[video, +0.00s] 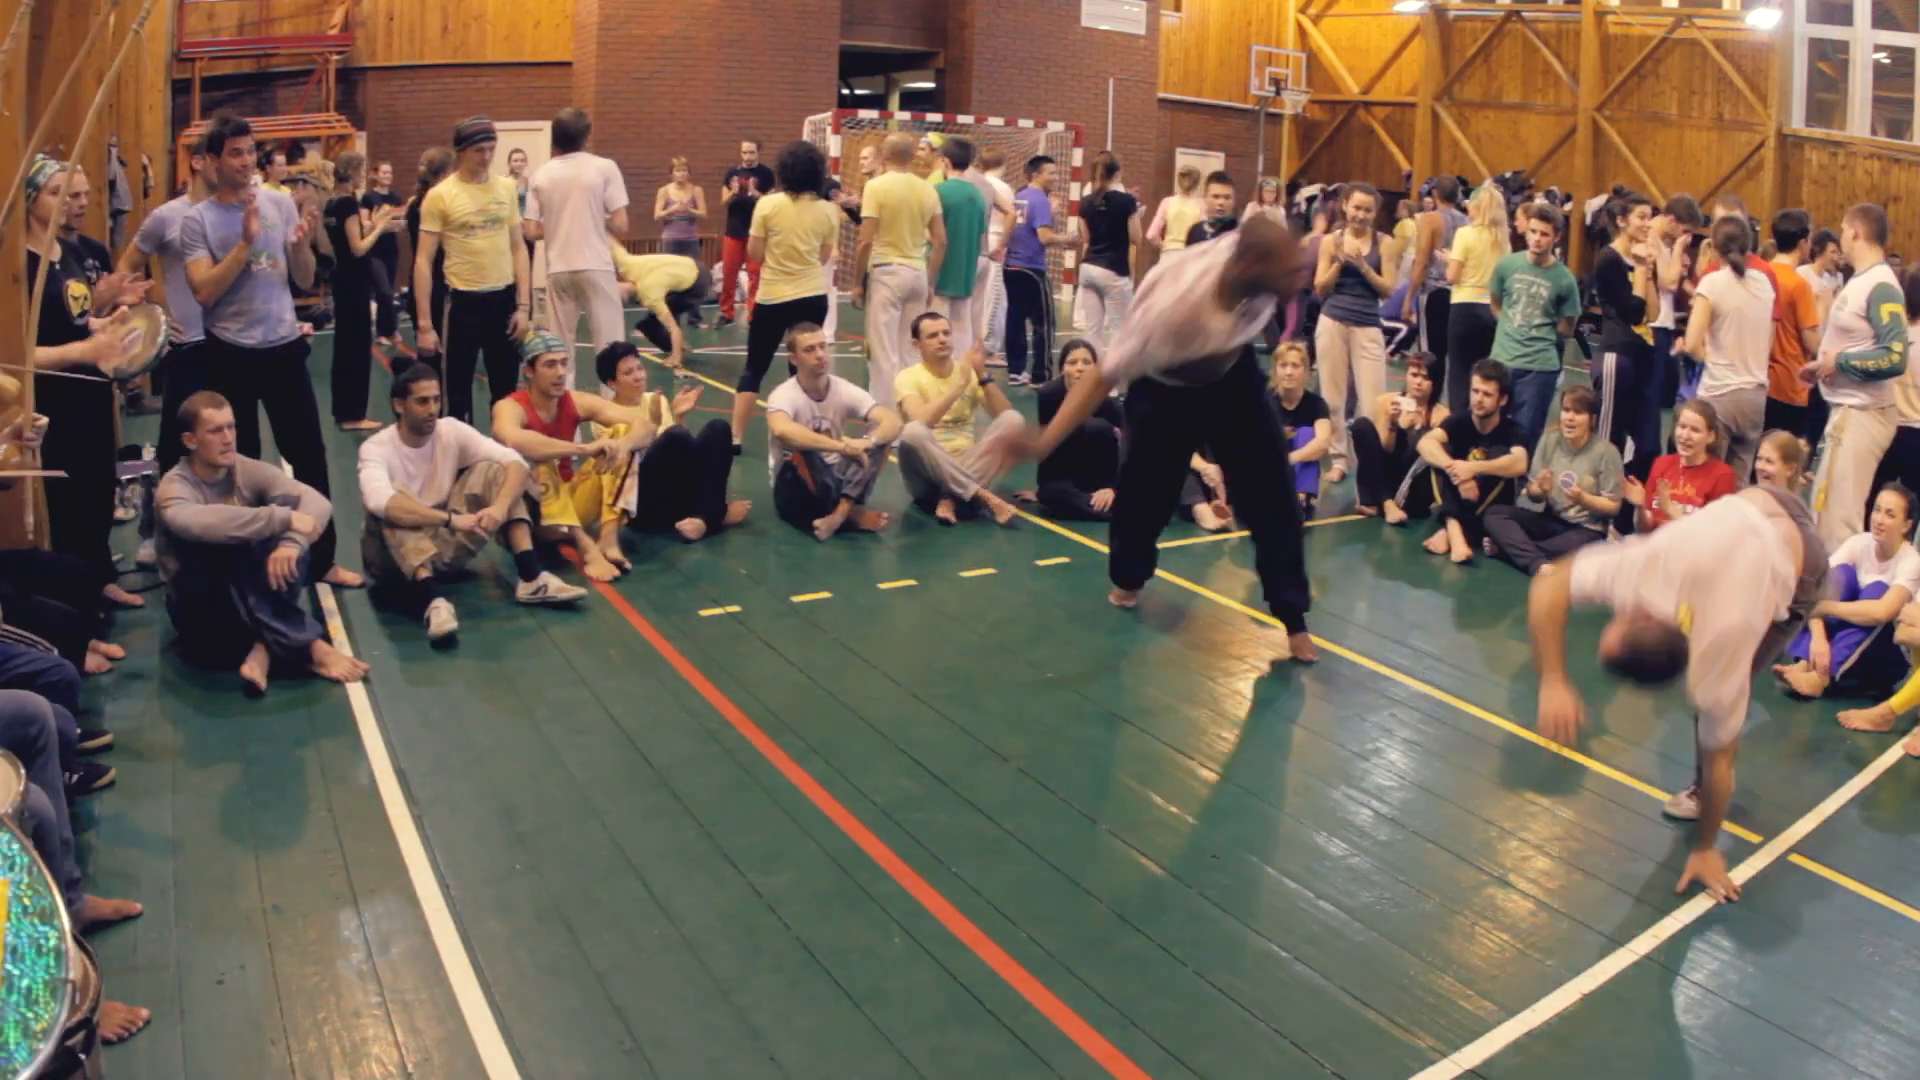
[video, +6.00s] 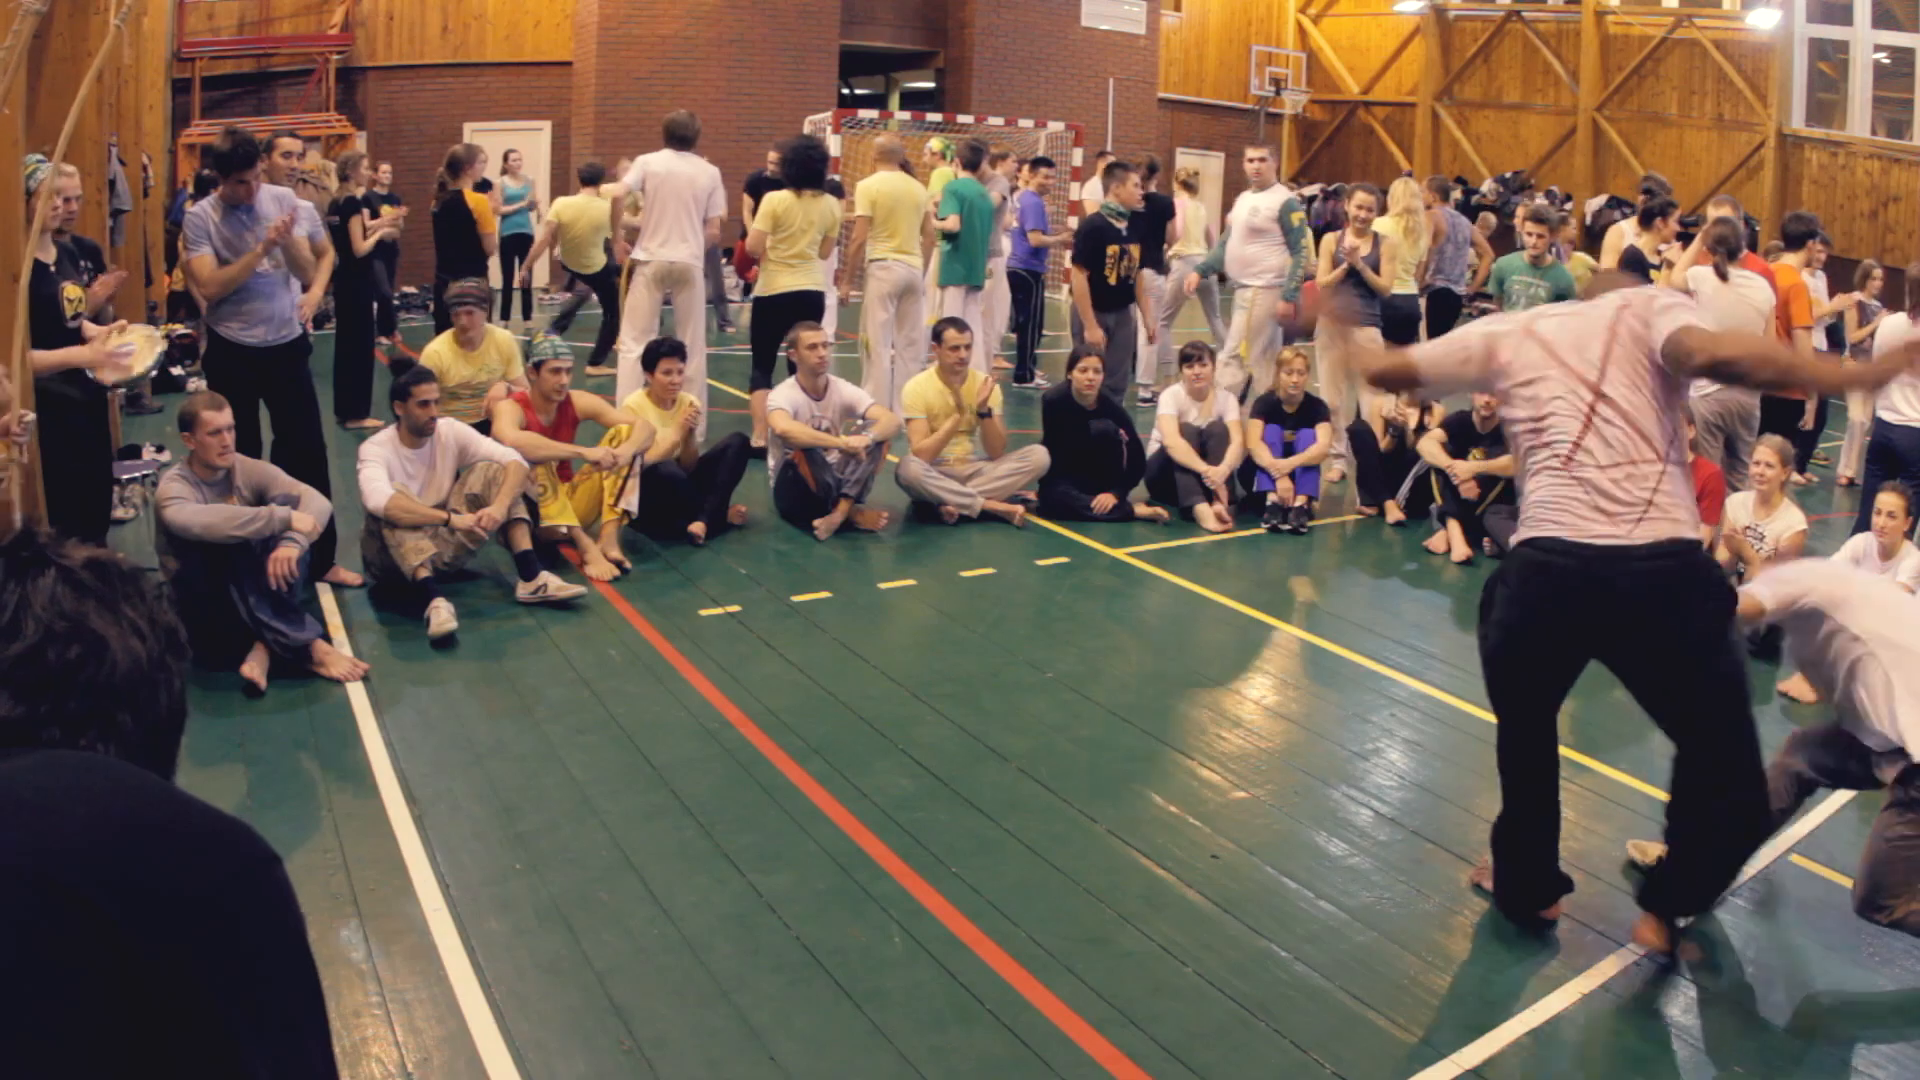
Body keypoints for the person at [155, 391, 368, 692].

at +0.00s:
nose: (228, 438)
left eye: (231, 428)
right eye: (216, 431)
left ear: (237, 429)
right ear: (190, 440)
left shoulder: (245, 469)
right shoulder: (174, 487)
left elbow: (316, 502)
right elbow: (191, 523)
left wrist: (292, 544)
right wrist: (284, 518)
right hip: (208, 619)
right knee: (213, 544)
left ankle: (265, 646)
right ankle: (311, 645)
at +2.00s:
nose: (228, 439)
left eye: (230, 429)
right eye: (215, 432)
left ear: (236, 429)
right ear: (189, 441)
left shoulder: (244, 469)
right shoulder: (174, 487)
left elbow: (317, 502)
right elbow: (191, 523)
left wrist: (292, 543)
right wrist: (283, 517)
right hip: (209, 612)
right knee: (213, 545)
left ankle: (264, 646)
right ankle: (310, 645)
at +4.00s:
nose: (229, 439)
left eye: (231, 429)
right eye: (216, 432)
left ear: (237, 428)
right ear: (190, 440)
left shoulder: (246, 469)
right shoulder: (175, 486)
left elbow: (317, 502)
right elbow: (192, 523)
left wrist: (292, 543)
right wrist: (283, 517)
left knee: (286, 505)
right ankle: (310, 643)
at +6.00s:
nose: (227, 441)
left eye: (230, 430)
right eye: (214, 434)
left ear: (236, 429)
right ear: (189, 440)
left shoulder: (248, 469)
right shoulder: (174, 487)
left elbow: (317, 502)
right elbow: (192, 523)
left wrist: (292, 544)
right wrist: (284, 518)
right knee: (218, 544)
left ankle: (265, 644)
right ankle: (310, 645)